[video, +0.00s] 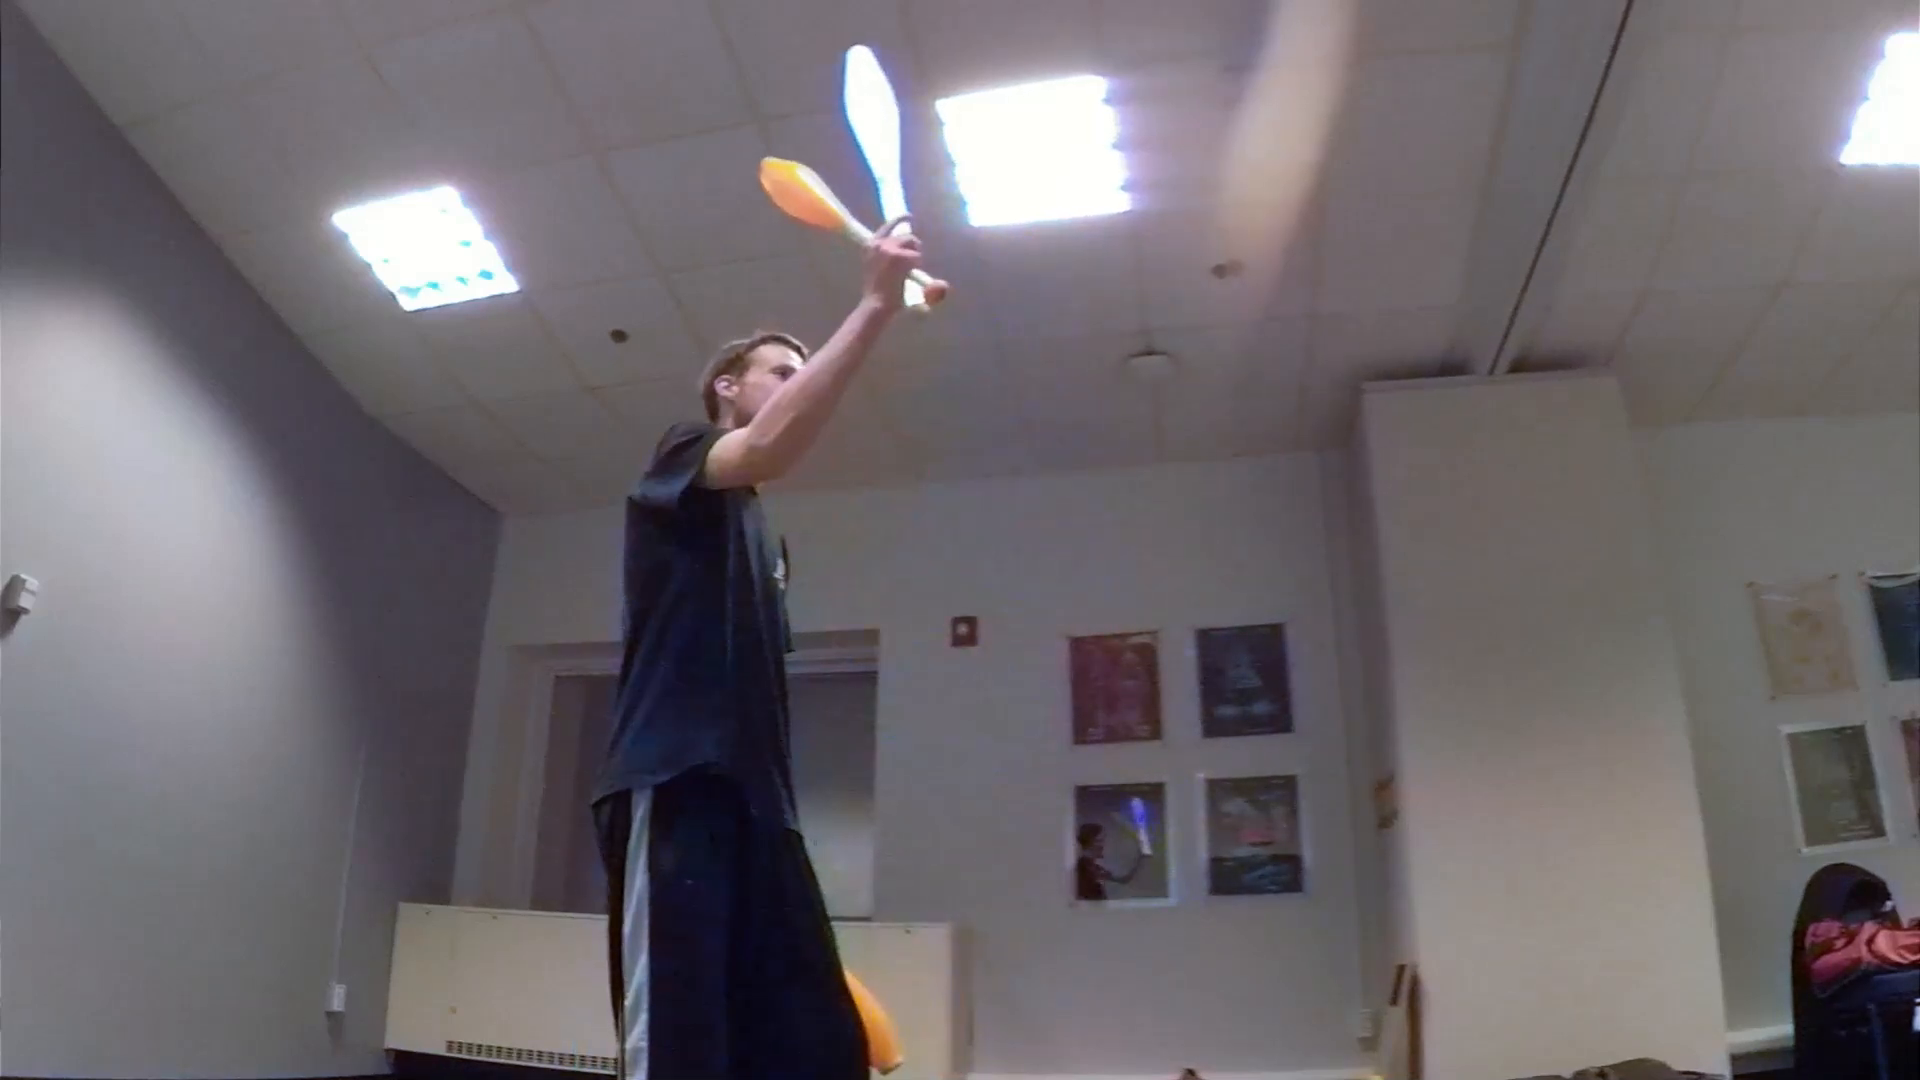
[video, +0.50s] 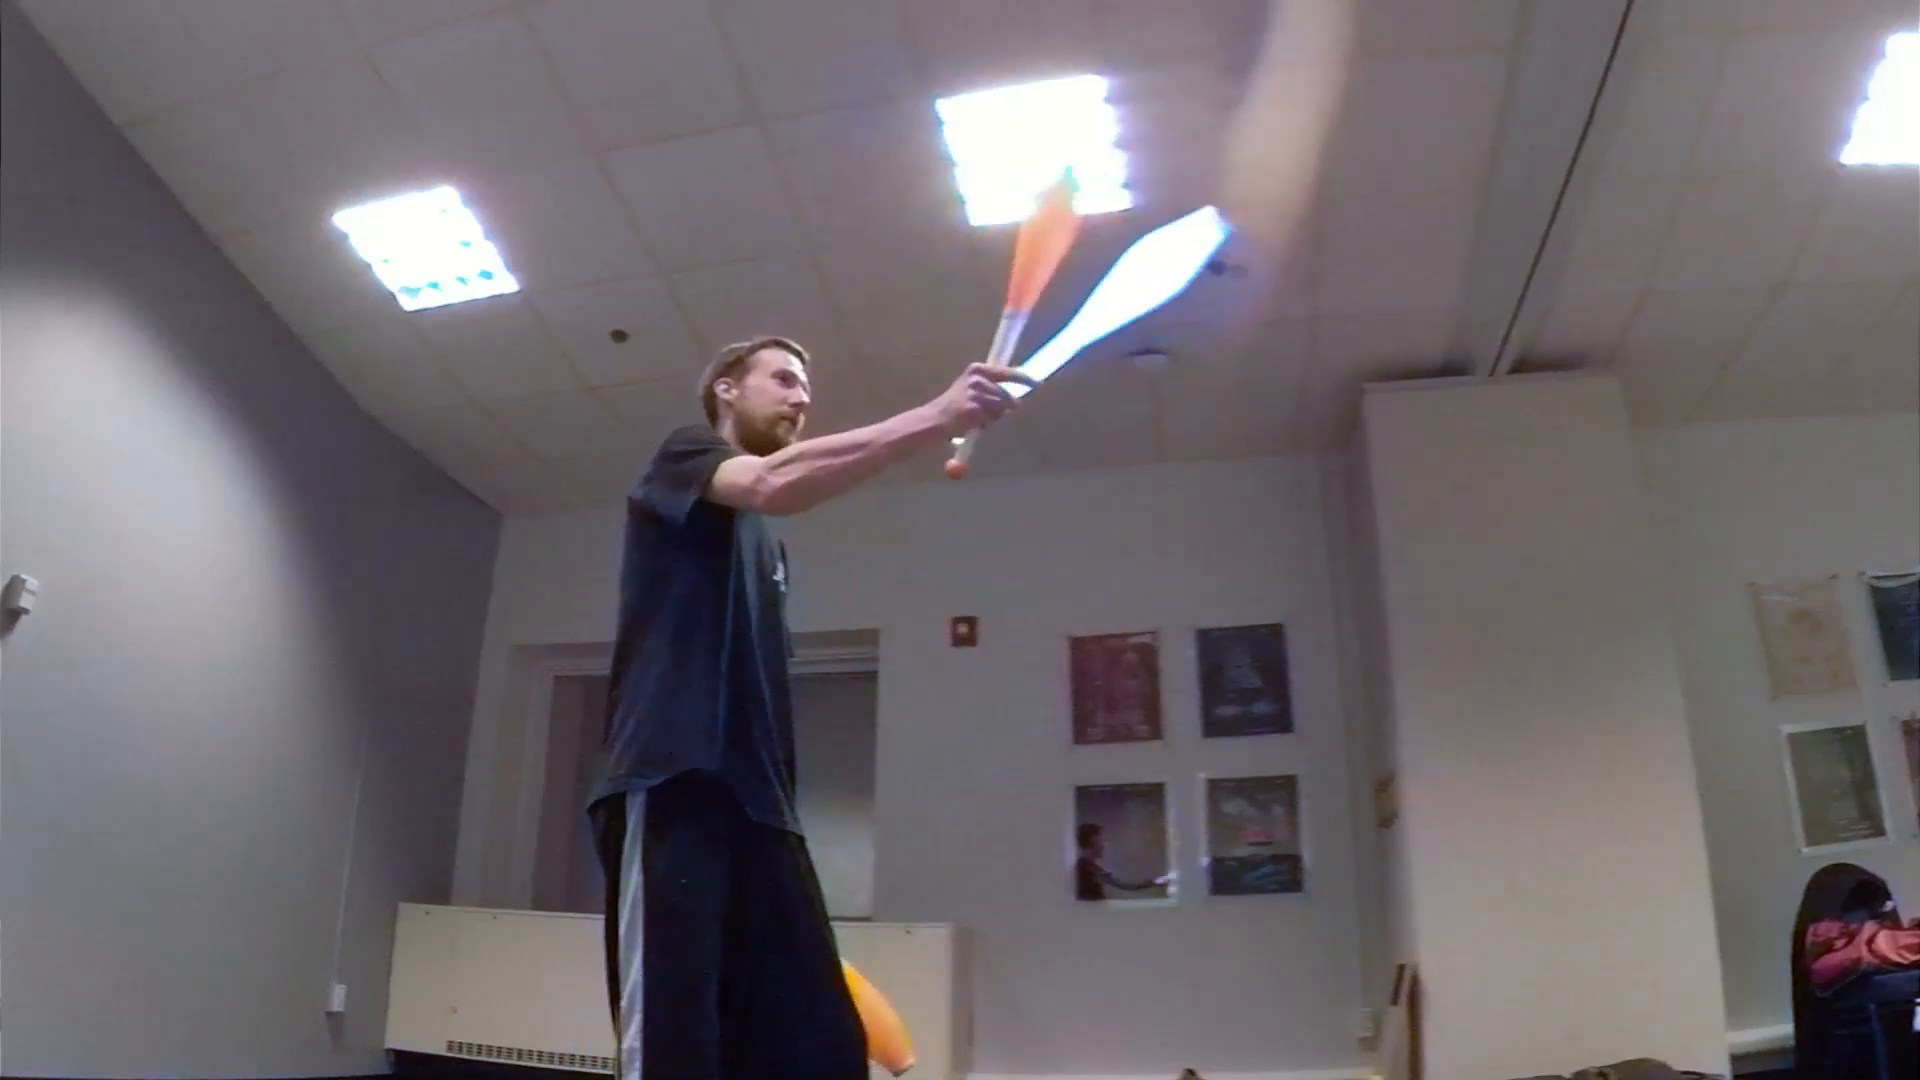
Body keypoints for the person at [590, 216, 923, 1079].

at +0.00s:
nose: (797, 392)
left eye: (803, 382)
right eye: (781, 374)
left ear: (776, 397)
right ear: (725, 389)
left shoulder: (755, 518)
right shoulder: (682, 457)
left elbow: (751, 667)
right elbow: (767, 447)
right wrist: (875, 303)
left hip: (753, 788)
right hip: (677, 778)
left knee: (813, 1021)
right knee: (679, 1015)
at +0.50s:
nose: (801, 397)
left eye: (805, 388)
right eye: (782, 378)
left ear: (799, 411)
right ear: (724, 388)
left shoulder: (763, 534)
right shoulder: (684, 454)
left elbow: (751, 666)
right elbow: (770, 484)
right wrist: (934, 415)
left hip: (755, 798)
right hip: (674, 786)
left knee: (813, 1029)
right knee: (671, 1026)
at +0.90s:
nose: (835, 389)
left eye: (837, 380)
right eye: (816, 370)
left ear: (835, 405)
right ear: (758, 383)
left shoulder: (787, 530)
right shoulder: (718, 464)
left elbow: (759, 673)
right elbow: (671, 614)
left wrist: (806, 720)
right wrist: (802, 691)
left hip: (764, 807)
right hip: (686, 801)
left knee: (839, 1029)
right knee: (689, 1041)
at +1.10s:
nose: (873, 393)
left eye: (874, 382)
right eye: (854, 373)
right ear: (797, 383)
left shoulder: (821, 532)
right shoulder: (750, 465)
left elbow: (776, 660)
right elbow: (701, 612)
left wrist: (842, 678)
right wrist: (852, 649)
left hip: (778, 804)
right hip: (699, 798)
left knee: (841, 1031)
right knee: (694, 1036)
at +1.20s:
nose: (893, 397)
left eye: (894, 387)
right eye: (874, 378)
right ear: (816, 390)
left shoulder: (838, 538)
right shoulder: (772, 466)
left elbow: (803, 701)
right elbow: (745, 597)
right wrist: (911, 576)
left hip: (798, 818)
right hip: (722, 809)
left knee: (839, 1040)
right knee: (703, 1043)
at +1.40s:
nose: (923, 401)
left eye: (925, 392)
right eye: (906, 384)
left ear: (913, 414)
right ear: (851, 393)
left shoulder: (869, 547)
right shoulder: (798, 458)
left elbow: (853, 700)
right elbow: (862, 495)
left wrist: (868, 836)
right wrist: (984, 383)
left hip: (834, 803)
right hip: (758, 792)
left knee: (854, 1033)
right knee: (735, 1023)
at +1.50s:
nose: (922, 414)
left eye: (926, 397)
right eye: (911, 394)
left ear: (903, 408)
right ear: (855, 391)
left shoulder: (879, 536)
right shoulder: (805, 454)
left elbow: (862, 704)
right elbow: (899, 431)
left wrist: (890, 826)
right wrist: (982, 304)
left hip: (845, 794)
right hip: (767, 782)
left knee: (856, 1027)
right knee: (735, 1018)